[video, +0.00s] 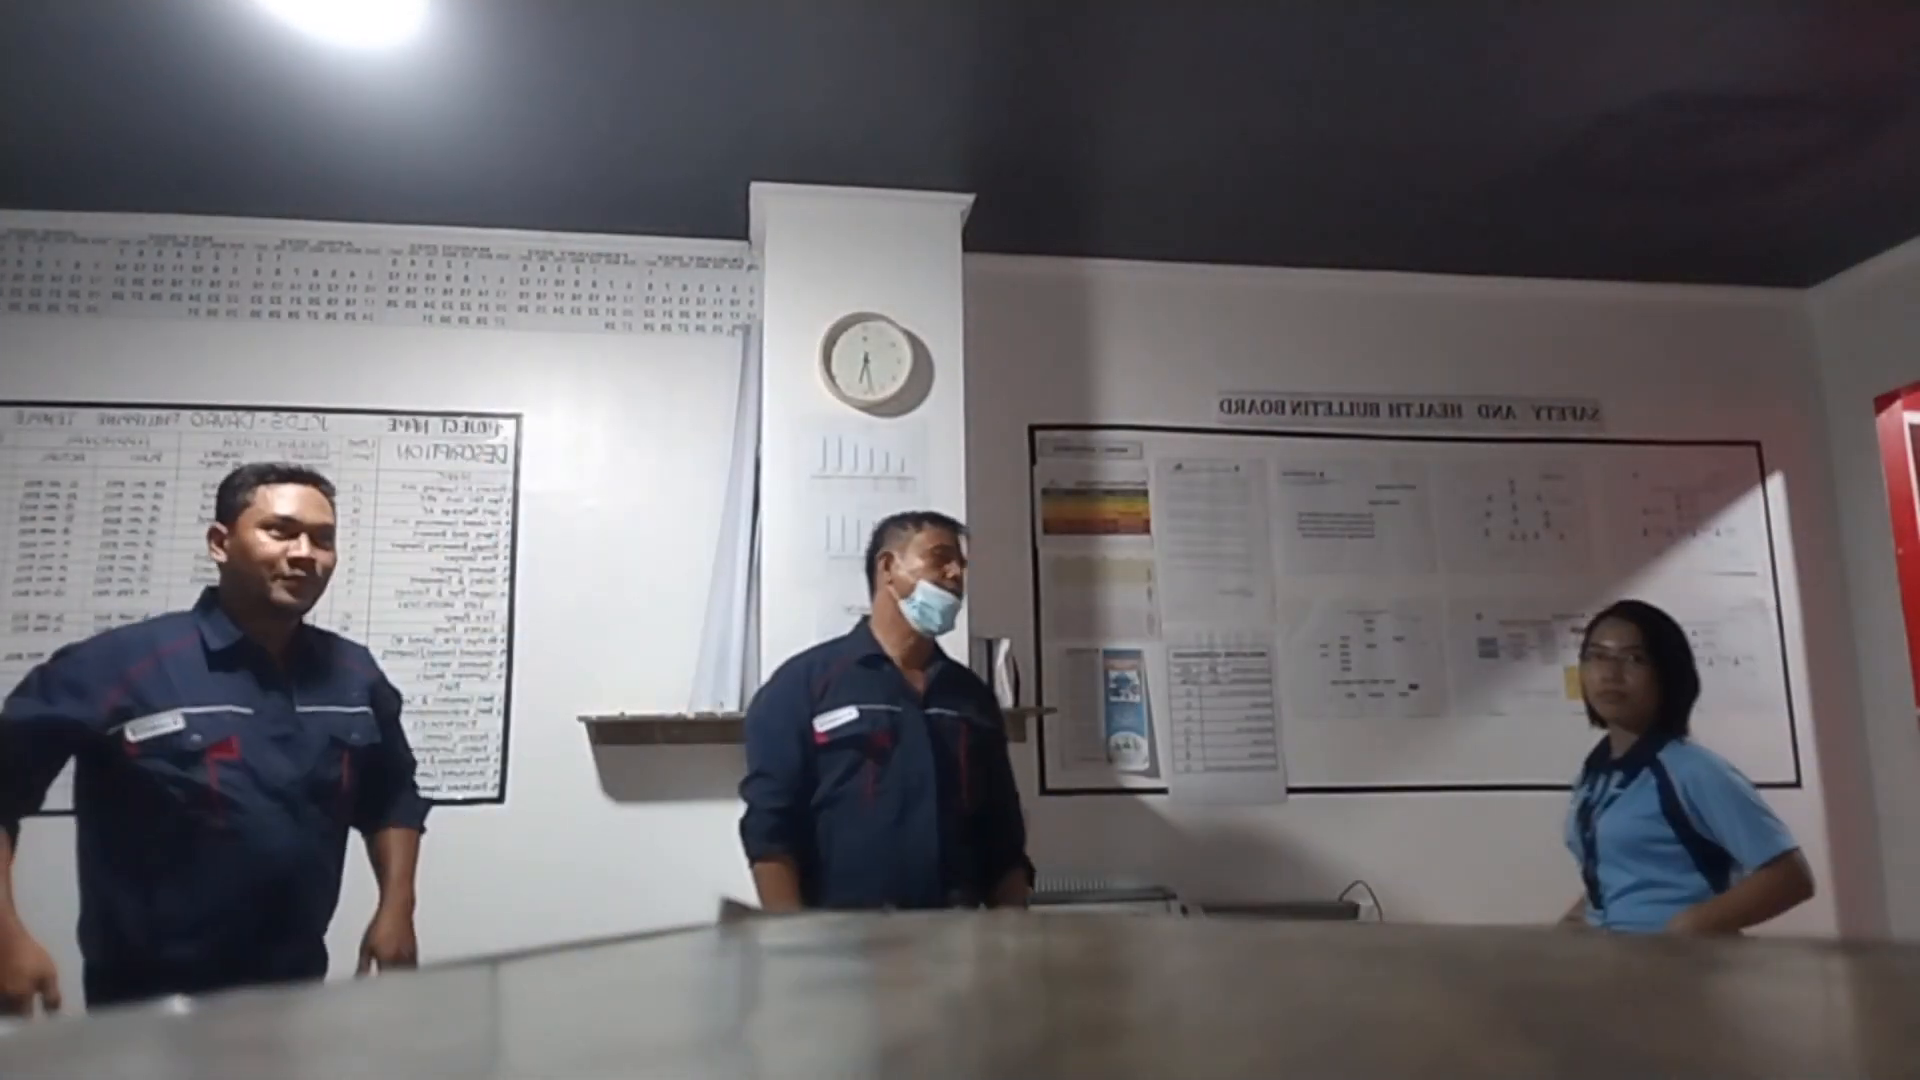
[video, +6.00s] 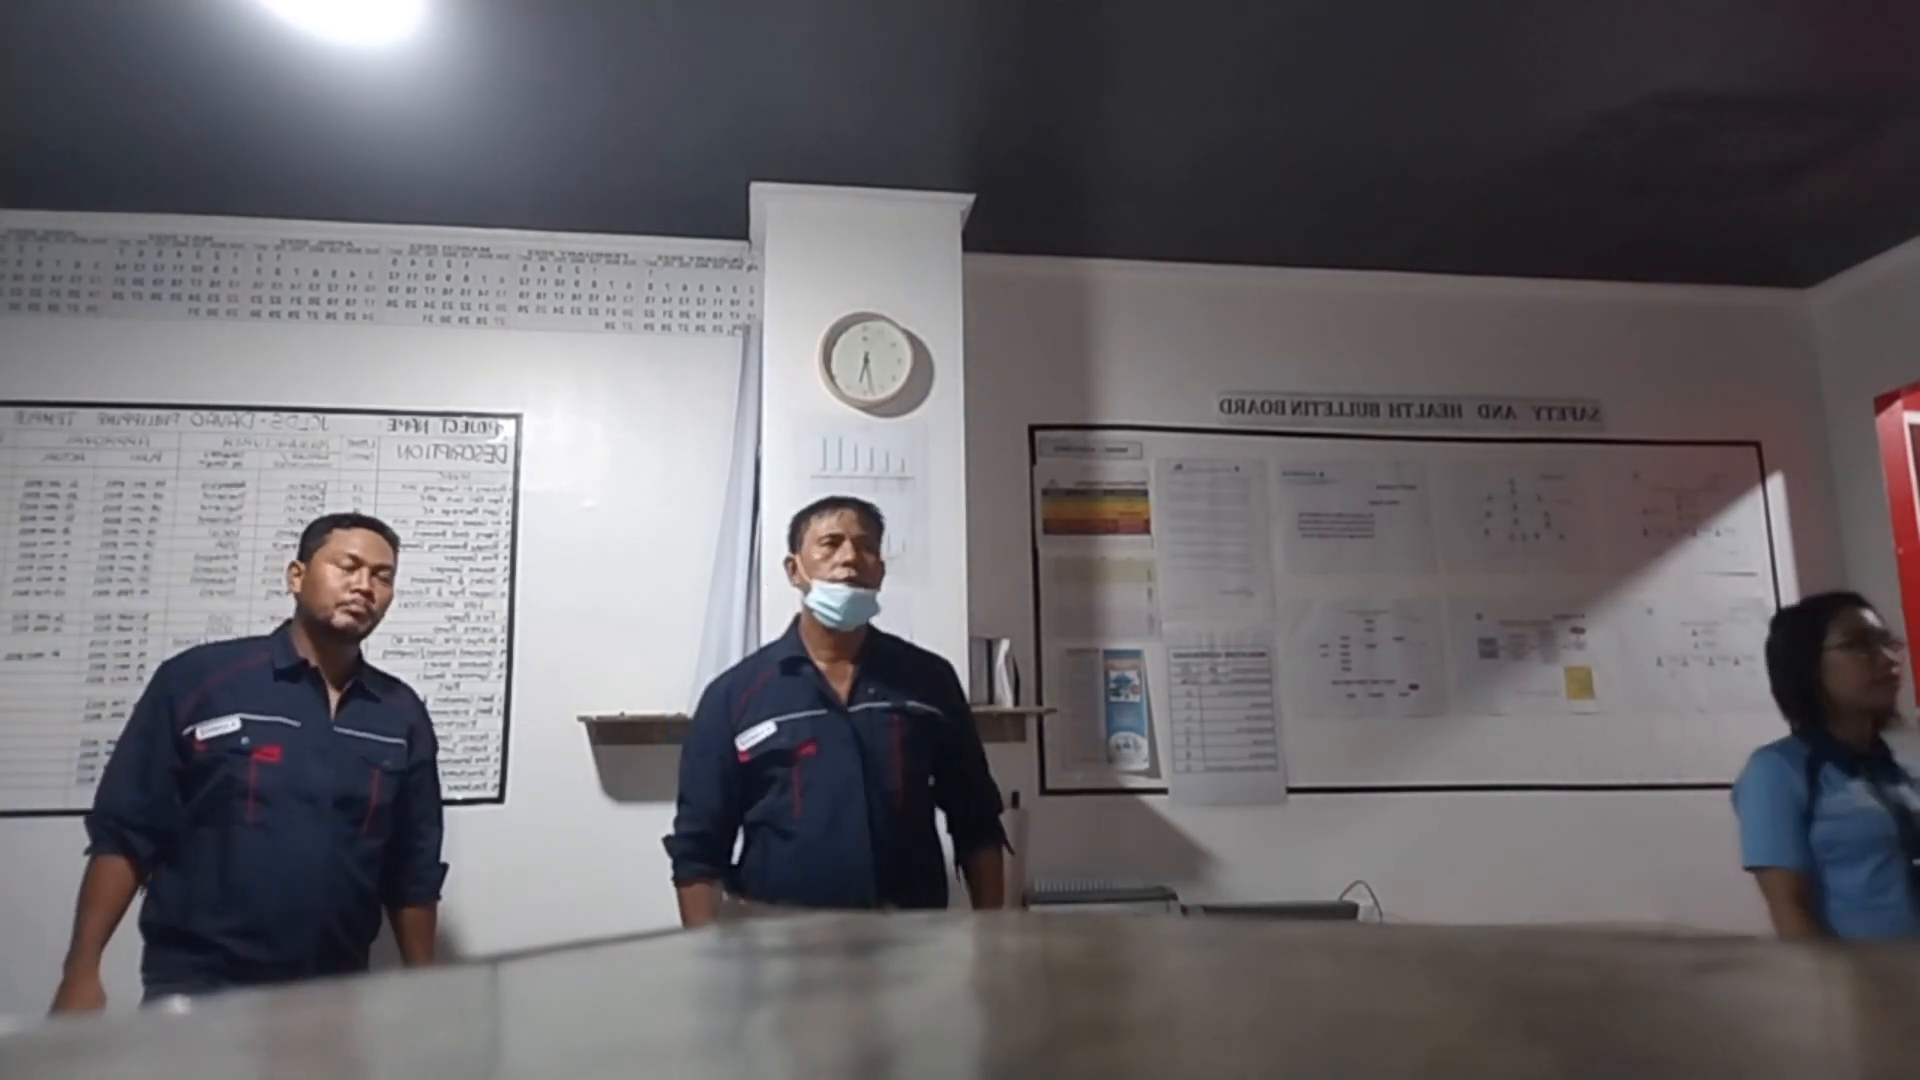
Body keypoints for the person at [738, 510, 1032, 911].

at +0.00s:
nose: (957, 572)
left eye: (961, 562)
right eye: (940, 558)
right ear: (887, 567)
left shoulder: (974, 696)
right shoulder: (799, 688)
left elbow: (1004, 843)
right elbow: (767, 831)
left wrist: (1014, 947)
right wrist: (799, 949)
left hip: (956, 945)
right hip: (840, 946)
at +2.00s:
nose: (938, 566)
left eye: (959, 556)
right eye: (926, 552)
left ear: (991, 582)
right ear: (906, 571)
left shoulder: (1031, 705)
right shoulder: (841, 687)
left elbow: (1063, 860)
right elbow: (797, 828)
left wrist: (1058, 970)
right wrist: (789, 950)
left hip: (986, 953)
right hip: (858, 951)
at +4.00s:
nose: (908, 566)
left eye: (921, 555)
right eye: (888, 555)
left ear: (935, 577)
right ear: (854, 578)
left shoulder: (972, 689)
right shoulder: (786, 695)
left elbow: (1022, 824)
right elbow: (746, 850)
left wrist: (951, 737)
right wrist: (745, 970)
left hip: (951, 940)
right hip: (829, 944)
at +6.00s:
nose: (850, 556)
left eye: (865, 546)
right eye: (829, 543)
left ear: (881, 570)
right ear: (795, 570)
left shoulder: (929, 681)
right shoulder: (732, 698)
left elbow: (976, 822)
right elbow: (695, 853)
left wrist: (991, 943)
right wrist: (712, 973)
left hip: (913, 942)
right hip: (782, 945)